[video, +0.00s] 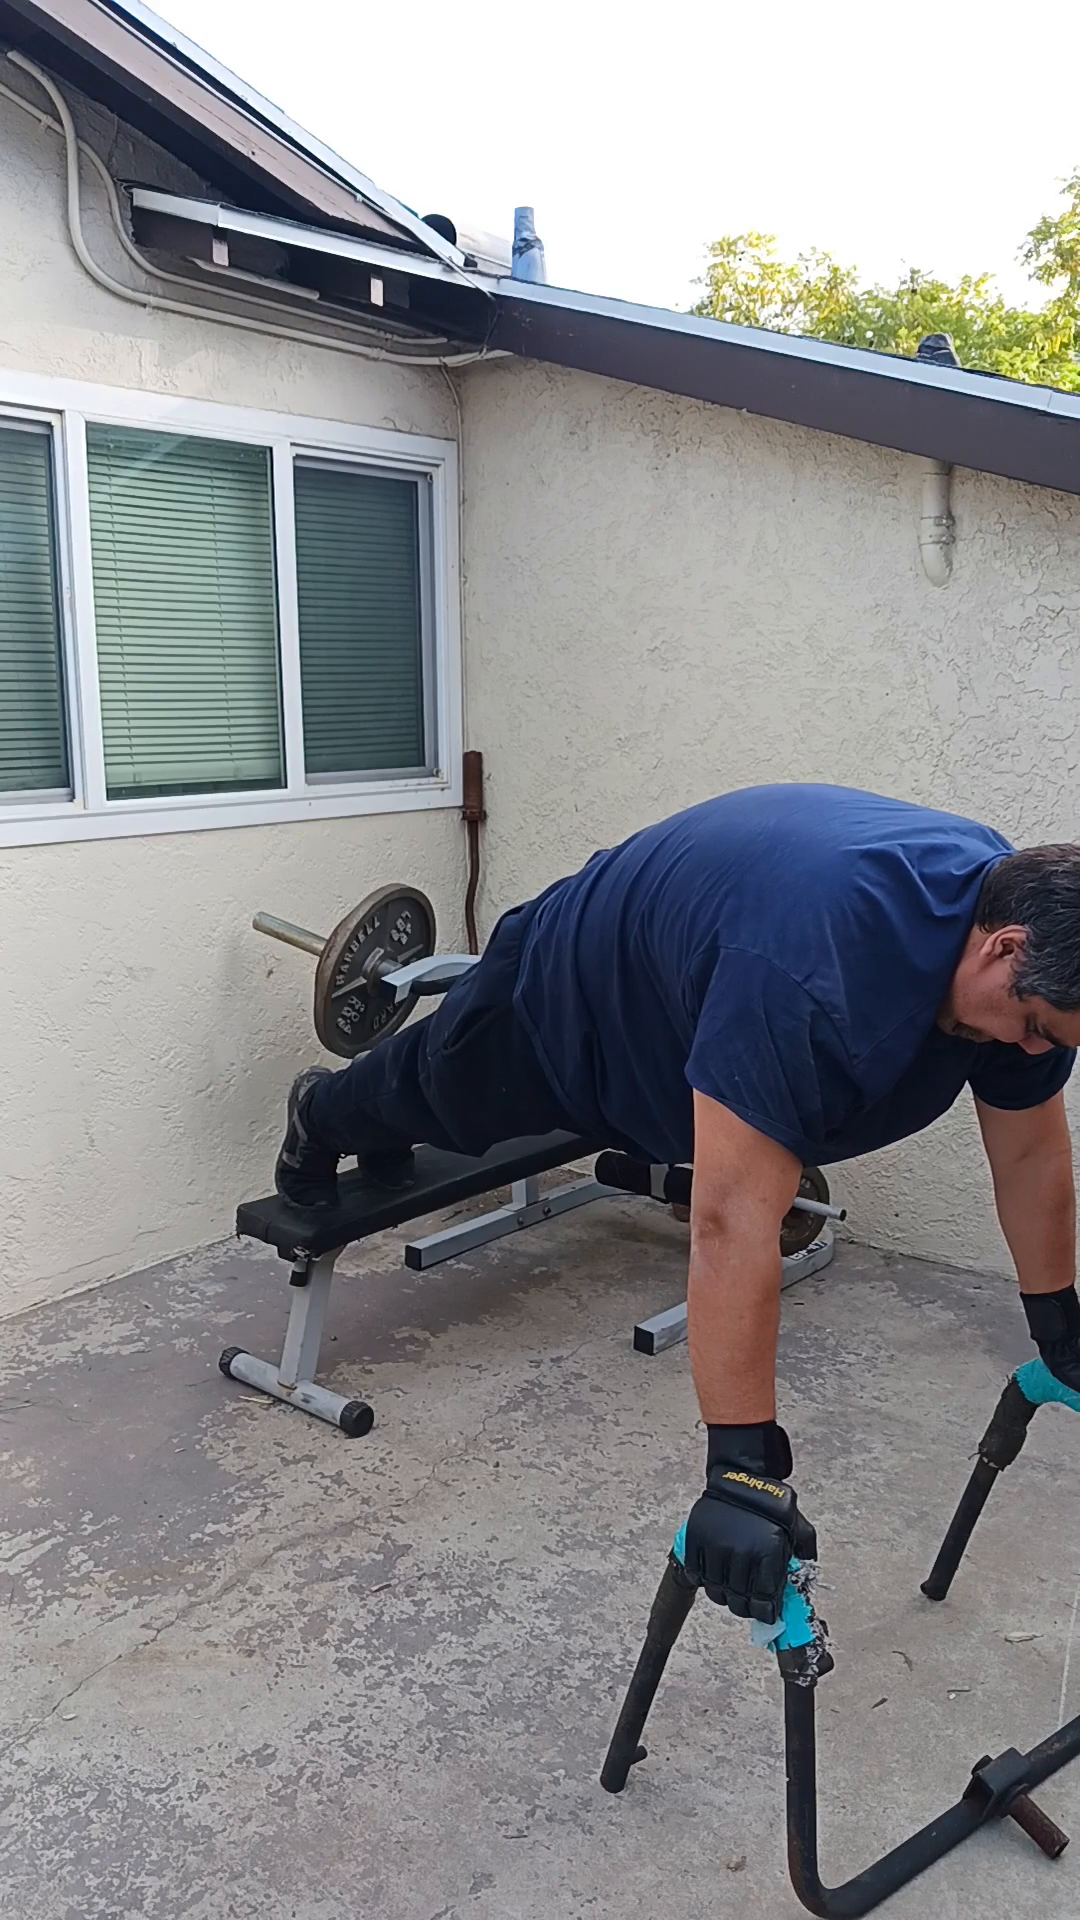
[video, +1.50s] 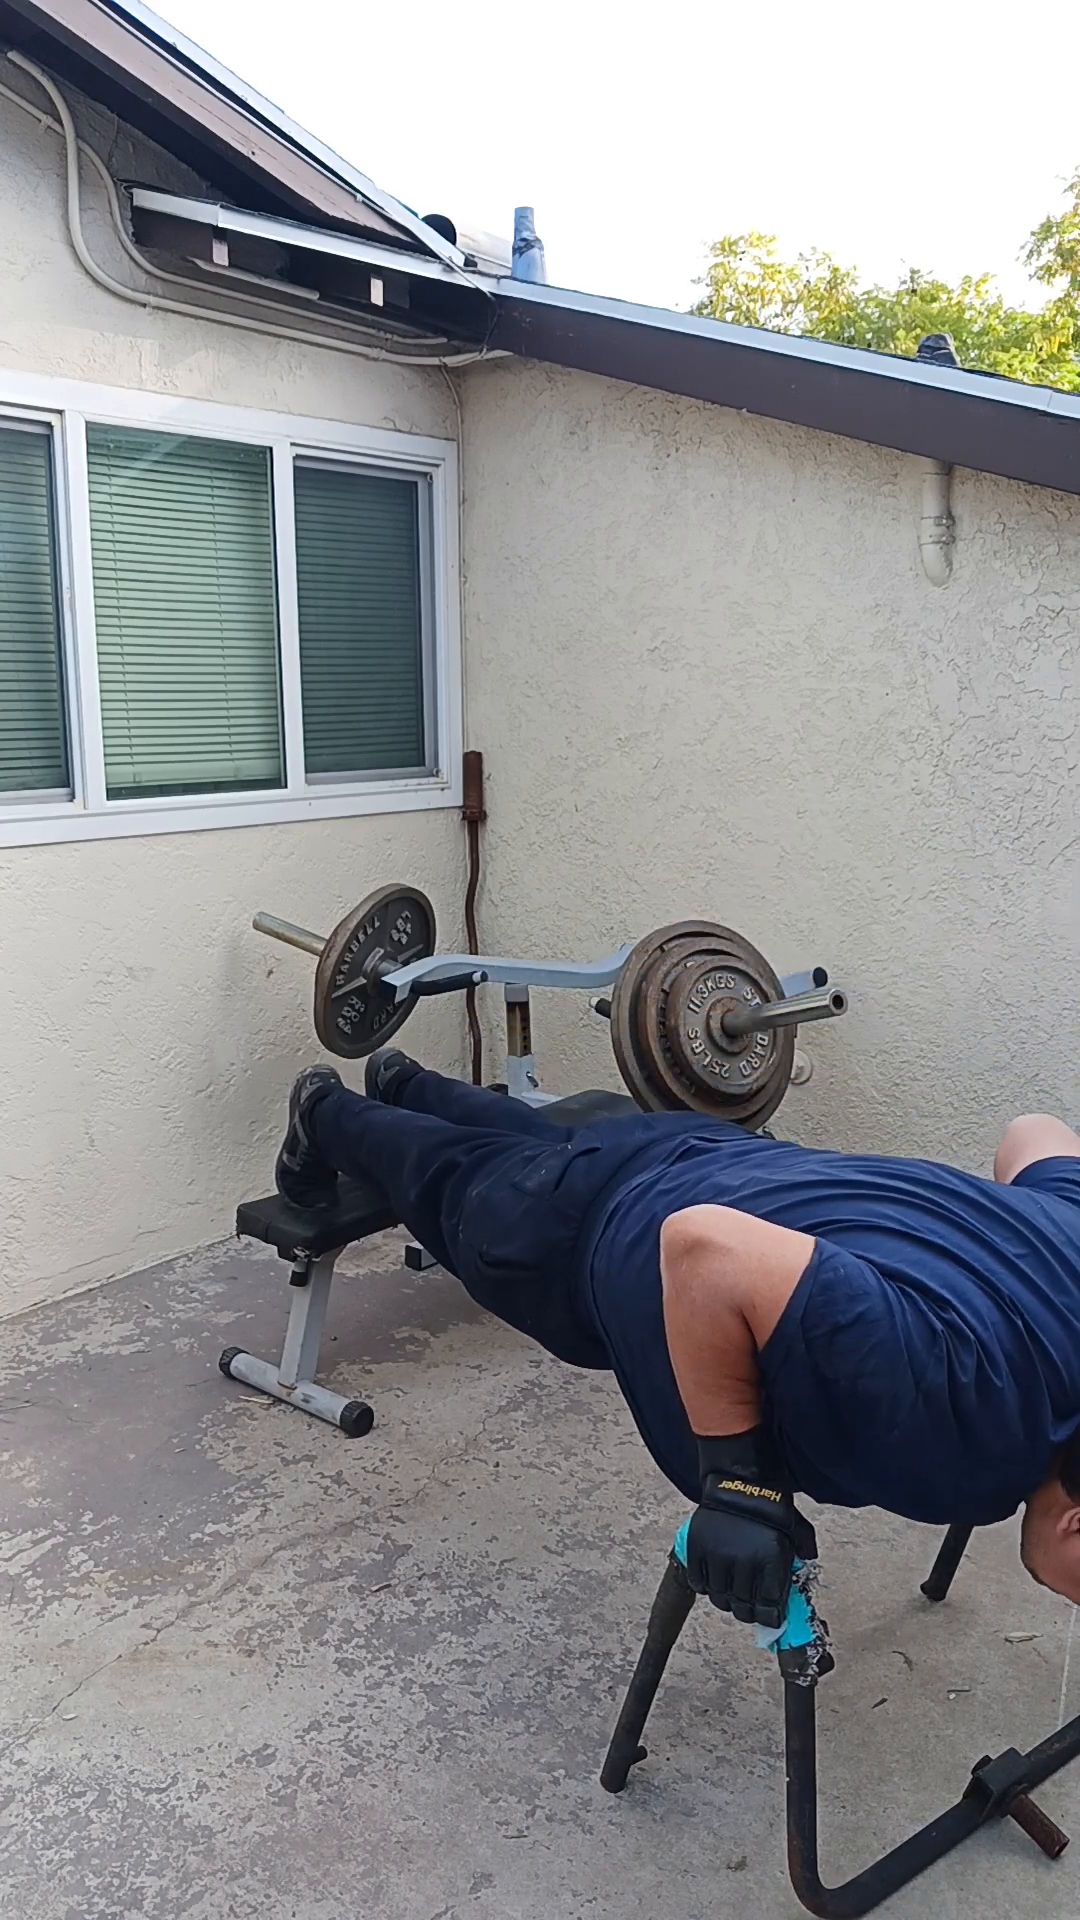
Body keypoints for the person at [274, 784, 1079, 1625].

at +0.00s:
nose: (1044, 1052)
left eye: (1058, 1039)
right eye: (1041, 1029)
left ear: (1016, 946)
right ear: (997, 953)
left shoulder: (1027, 965)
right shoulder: (809, 957)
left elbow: (1035, 1157)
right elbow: (730, 1220)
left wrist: (1057, 1322)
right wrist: (744, 1468)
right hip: (572, 985)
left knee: (494, 1088)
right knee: (429, 1079)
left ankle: (388, 1123)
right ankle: (319, 1113)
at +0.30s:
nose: (1040, 1053)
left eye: (1056, 1040)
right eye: (1038, 1030)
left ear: (1013, 946)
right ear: (994, 953)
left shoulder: (1026, 962)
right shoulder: (809, 953)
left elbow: (1035, 1160)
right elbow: (728, 1217)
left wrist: (1057, 1323)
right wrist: (743, 1467)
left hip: (683, 998)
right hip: (570, 986)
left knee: (495, 1090)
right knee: (429, 1080)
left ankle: (388, 1124)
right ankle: (319, 1113)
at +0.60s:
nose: (1047, 1056)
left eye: (1062, 1041)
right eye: (1045, 1030)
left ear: (1017, 951)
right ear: (999, 958)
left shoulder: (1030, 962)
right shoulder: (809, 968)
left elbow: (1040, 1152)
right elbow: (718, 1220)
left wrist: (1060, 1326)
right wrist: (742, 1472)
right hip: (570, 998)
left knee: (503, 1101)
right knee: (429, 1086)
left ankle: (392, 1129)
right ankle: (317, 1114)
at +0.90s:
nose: (1057, 1271)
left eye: (1074, 1261)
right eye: (1069, 1242)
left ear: (1065, 1159)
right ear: (1052, 1167)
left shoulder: (1057, 1058)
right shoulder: (868, 1128)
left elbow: (1039, 1186)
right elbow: (655, 1256)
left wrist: (1053, 1294)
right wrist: (733, 1475)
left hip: (728, 990)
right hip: (603, 1065)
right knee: (439, 1113)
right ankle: (321, 1106)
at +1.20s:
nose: (1057, 1481)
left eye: (1065, 1481)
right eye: (1072, 1470)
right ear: (1071, 1408)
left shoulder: (1078, 1205)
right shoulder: (913, 1309)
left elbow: (1052, 1134)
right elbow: (663, 1264)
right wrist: (735, 1481)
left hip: (722, 1093)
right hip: (616, 1168)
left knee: (536, 1122)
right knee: (459, 1167)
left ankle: (395, 1082)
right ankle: (328, 1110)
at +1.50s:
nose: (1051, 1586)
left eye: (1061, 1590)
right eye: (1066, 1584)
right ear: (1074, 1521)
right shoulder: (952, 1405)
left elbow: (1037, 1132)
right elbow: (702, 1255)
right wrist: (735, 1485)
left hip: (733, 1151)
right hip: (627, 1218)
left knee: (547, 1136)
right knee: (458, 1189)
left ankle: (409, 1089)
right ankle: (328, 1114)